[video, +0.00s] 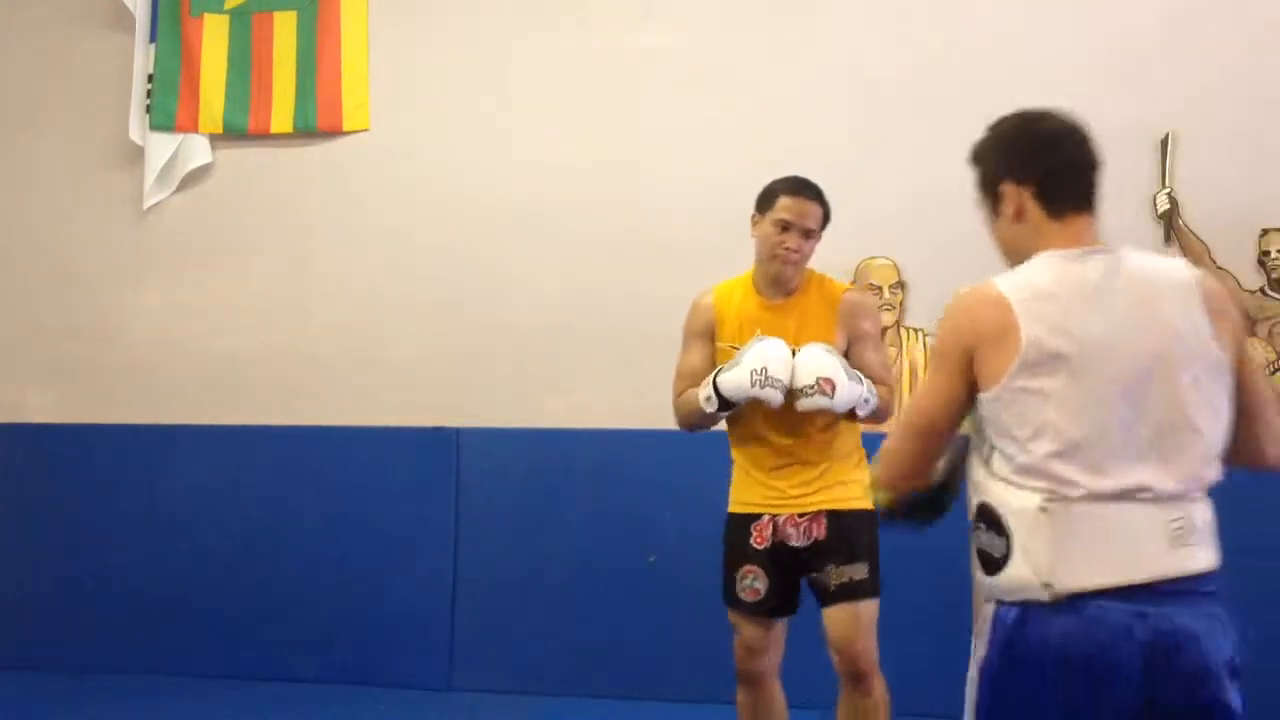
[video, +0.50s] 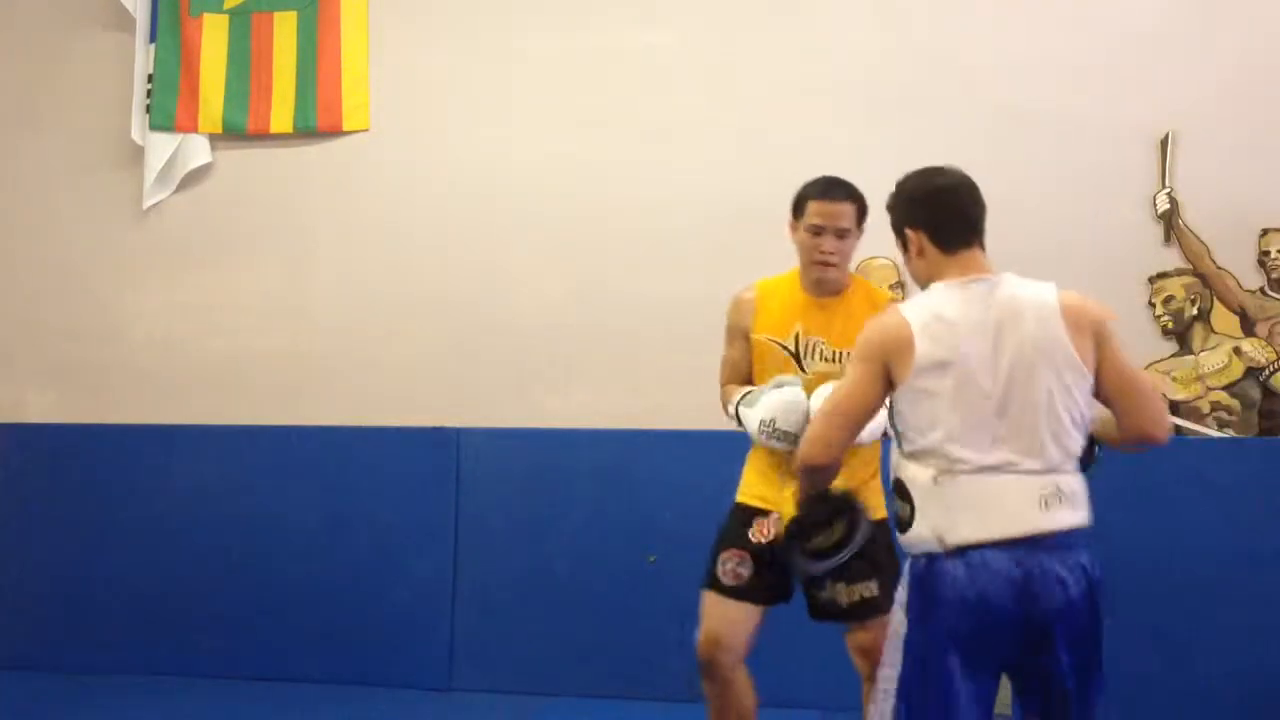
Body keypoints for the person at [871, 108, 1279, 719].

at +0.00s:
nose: (993, 231)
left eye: (989, 211)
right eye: (988, 213)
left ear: (1015, 199)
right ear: (1086, 188)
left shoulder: (984, 312)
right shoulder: (1206, 294)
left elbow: (899, 471)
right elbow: (1263, 447)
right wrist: (1160, 427)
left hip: (1050, 632)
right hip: (1190, 621)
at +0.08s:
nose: (969, 251)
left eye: (967, 232)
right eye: (964, 233)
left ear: (995, 223)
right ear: (1061, 213)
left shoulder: (966, 338)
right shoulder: (1174, 310)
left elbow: (871, 484)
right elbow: (1242, 446)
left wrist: (886, 507)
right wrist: (1144, 446)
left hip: (1034, 644)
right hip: (1170, 629)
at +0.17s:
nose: (942, 274)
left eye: (942, 255)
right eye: (940, 256)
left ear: (972, 249)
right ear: (1035, 239)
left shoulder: (939, 360)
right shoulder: (1142, 326)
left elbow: (844, 483)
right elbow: (1229, 449)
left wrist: (818, 513)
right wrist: (1125, 431)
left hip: (1016, 645)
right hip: (1148, 632)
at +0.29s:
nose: (912, 290)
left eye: (909, 273)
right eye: (909, 273)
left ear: (934, 265)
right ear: (997, 250)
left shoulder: (908, 370)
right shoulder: (1105, 335)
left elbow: (799, 490)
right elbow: (1196, 448)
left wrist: (759, 545)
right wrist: (1101, 430)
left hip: (978, 626)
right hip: (1101, 616)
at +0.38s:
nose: (907, 281)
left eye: (903, 264)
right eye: (904, 266)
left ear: (923, 256)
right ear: (988, 245)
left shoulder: (898, 353)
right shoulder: (1090, 325)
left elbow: (800, 476)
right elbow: (1174, 440)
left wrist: (769, 532)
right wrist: (1084, 422)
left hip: (961, 602)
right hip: (1080, 591)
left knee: (950, 715)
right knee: (1104, 713)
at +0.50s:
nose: (904, 260)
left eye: (900, 246)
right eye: (901, 246)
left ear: (915, 242)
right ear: (978, 226)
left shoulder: (894, 332)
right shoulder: (1075, 313)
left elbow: (817, 456)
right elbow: (1151, 426)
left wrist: (811, 491)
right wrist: (1074, 420)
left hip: (953, 574)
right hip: (1062, 566)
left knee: (935, 709)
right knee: (1066, 709)